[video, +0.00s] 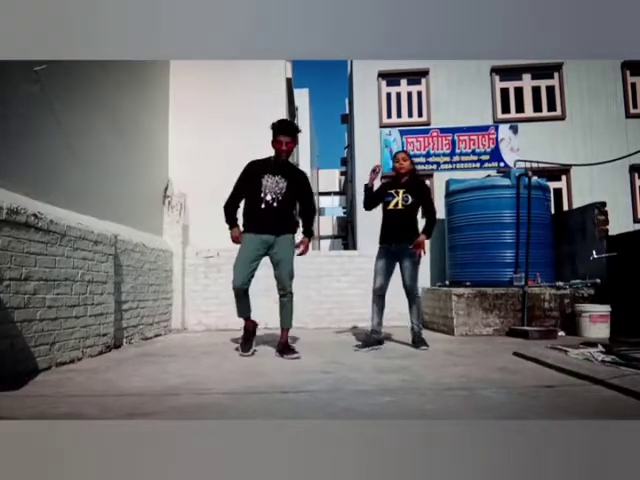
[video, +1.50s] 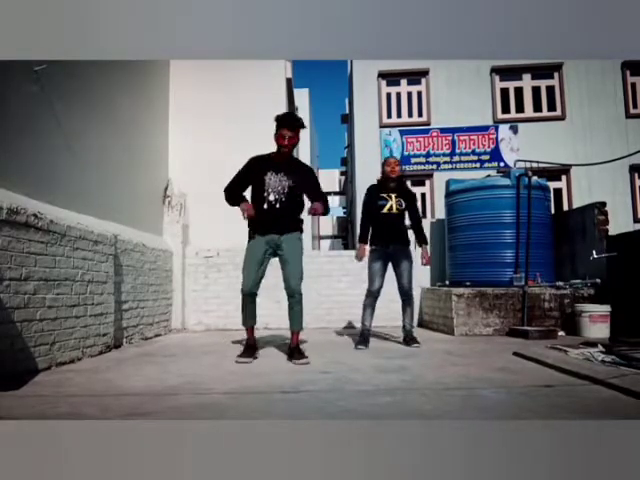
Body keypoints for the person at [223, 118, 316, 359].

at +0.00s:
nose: (285, 148)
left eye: (289, 143)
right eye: (280, 143)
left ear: (295, 145)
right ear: (273, 142)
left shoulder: (298, 176)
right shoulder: (254, 169)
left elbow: (308, 208)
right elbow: (232, 202)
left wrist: (307, 235)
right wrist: (233, 226)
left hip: (284, 237)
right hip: (254, 235)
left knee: (285, 287)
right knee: (239, 284)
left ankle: (284, 340)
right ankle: (248, 325)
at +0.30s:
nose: (259, 146)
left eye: (263, 142)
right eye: (254, 142)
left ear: (269, 143)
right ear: (248, 143)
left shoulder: (282, 172)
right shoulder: (236, 174)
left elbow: (298, 206)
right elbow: (223, 206)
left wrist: (296, 231)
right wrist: (224, 229)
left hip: (276, 236)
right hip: (246, 237)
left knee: (282, 286)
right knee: (237, 286)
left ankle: (283, 339)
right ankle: (248, 333)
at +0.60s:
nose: (242, 149)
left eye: (246, 145)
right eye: (238, 145)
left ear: (251, 147)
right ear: (229, 147)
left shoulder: (265, 170)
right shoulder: (225, 182)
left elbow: (290, 196)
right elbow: (220, 209)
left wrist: (290, 222)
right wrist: (223, 231)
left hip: (270, 236)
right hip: (243, 240)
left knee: (286, 281)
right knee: (240, 289)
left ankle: (300, 319)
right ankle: (251, 336)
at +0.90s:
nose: (248, 140)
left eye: (253, 137)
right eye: (244, 135)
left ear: (259, 141)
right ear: (237, 138)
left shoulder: (270, 167)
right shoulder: (226, 174)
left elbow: (287, 195)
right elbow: (215, 207)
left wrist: (288, 216)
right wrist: (222, 231)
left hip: (274, 231)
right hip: (246, 237)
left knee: (292, 271)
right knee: (247, 287)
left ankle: (289, 313)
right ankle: (252, 336)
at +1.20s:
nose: (277, 141)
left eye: (281, 137)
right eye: (273, 136)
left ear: (286, 142)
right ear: (265, 138)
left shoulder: (286, 175)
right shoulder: (246, 167)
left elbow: (289, 206)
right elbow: (221, 201)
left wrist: (292, 224)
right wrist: (232, 229)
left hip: (281, 237)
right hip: (253, 238)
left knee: (290, 285)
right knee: (251, 289)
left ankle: (295, 342)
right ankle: (251, 336)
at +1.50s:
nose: (285, 141)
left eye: (290, 137)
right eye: (281, 136)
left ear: (297, 139)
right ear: (275, 136)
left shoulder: (304, 171)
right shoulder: (257, 164)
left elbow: (322, 203)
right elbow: (231, 191)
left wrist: (318, 207)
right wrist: (243, 203)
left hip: (290, 234)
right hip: (260, 234)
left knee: (294, 288)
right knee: (248, 288)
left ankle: (295, 344)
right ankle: (250, 342)